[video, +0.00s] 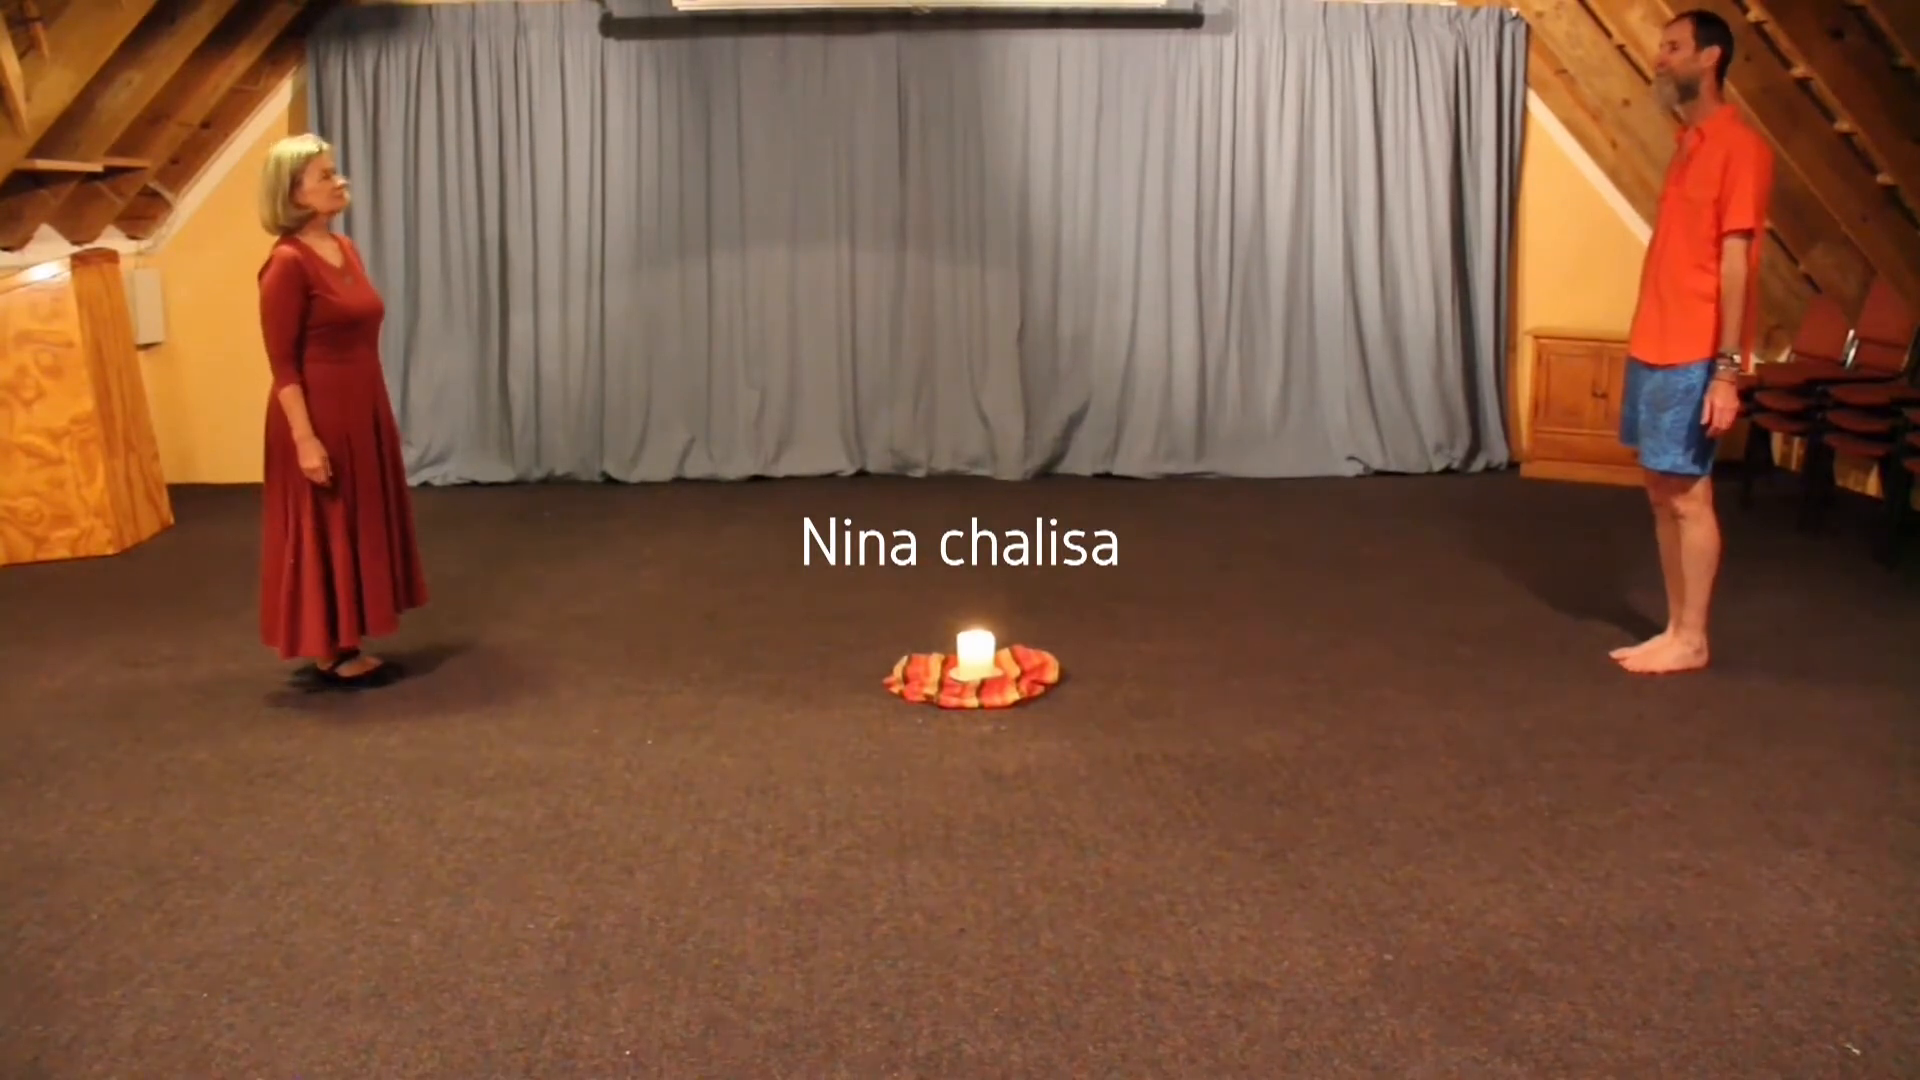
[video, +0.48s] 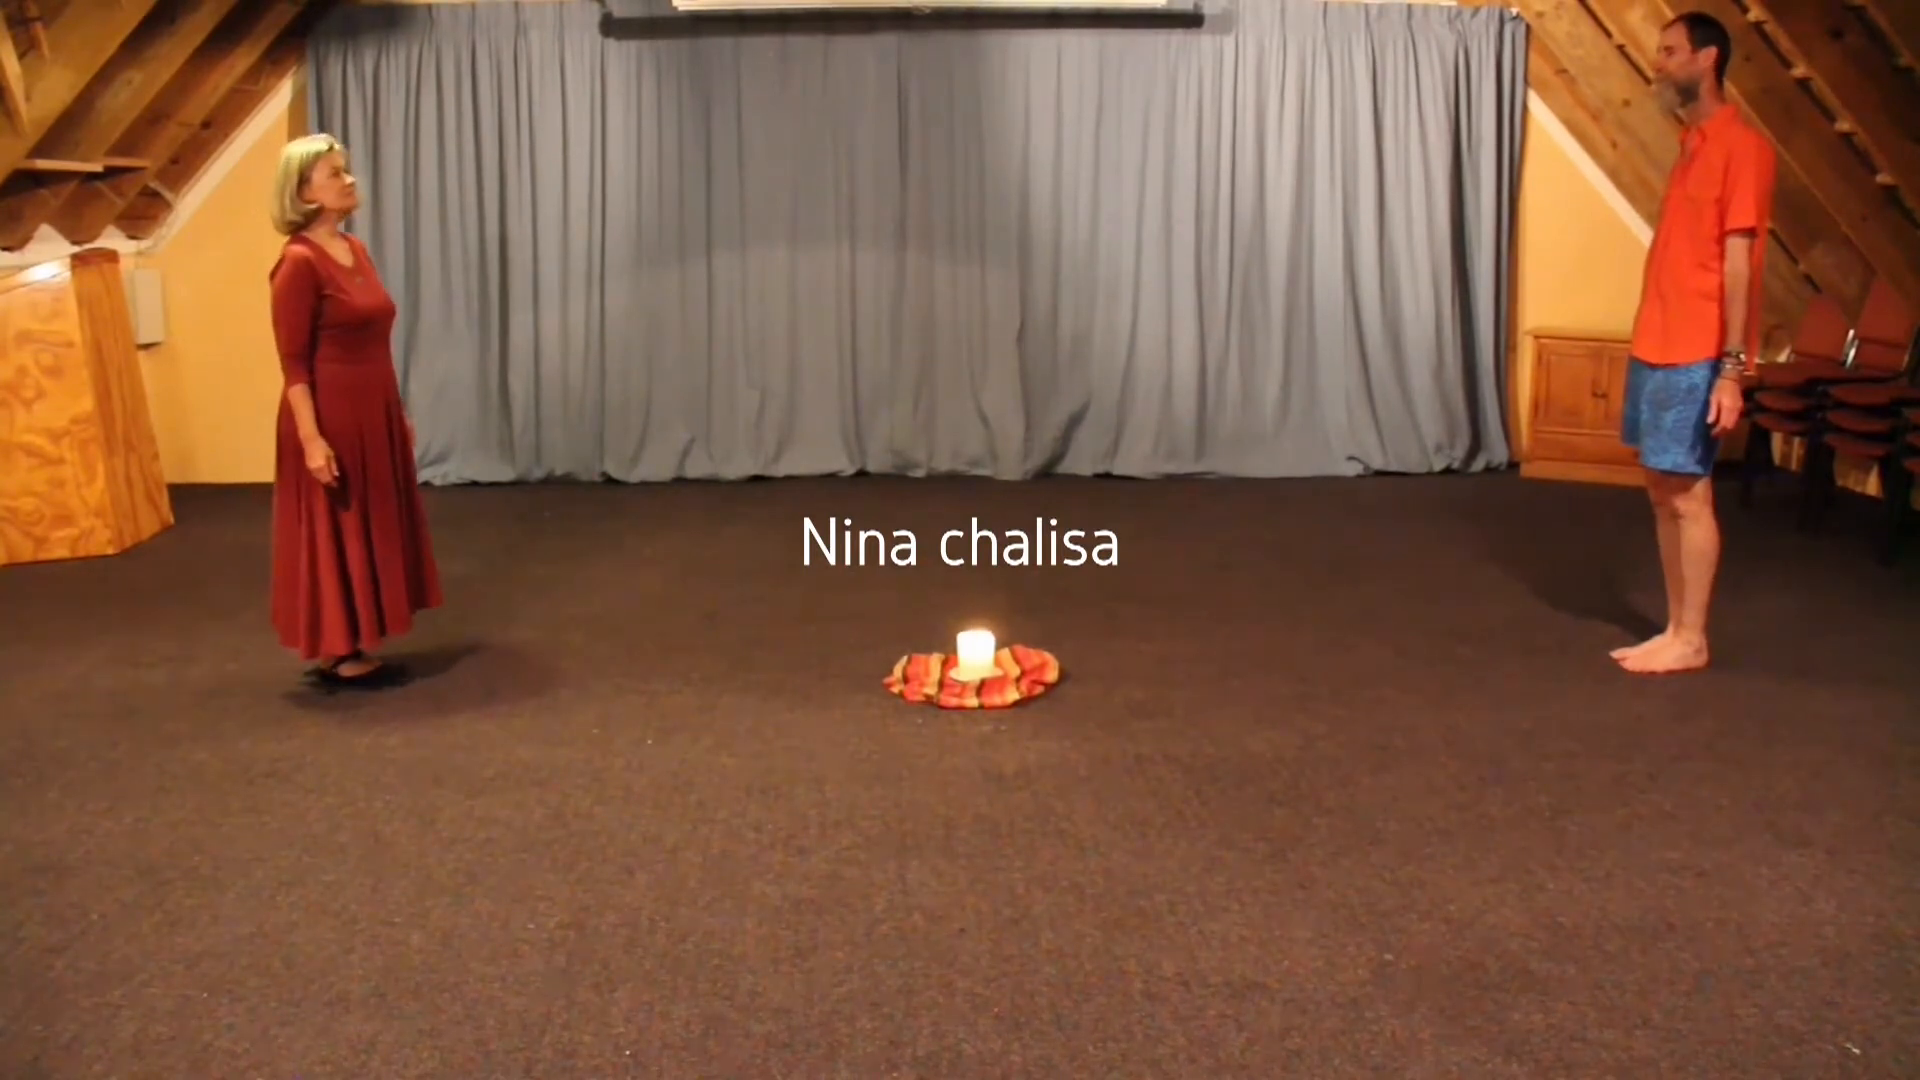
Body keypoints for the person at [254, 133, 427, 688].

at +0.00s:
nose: (340, 182)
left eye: (336, 173)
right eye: (326, 176)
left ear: (325, 186)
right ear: (295, 193)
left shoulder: (344, 248)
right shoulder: (286, 262)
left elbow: (360, 344)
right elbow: (282, 363)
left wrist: (379, 415)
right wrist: (304, 438)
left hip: (361, 406)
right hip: (318, 413)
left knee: (354, 521)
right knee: (323, 525)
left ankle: (343, 643)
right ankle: (327, 648)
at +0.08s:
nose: (341, 182)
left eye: (338, 173)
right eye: (327, 176)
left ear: (332, 185)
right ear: (297, 193)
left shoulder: (345, 249)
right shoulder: (287, 262)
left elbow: (363, 347)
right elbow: (283, 363)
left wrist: (386, 418)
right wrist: (304, 438)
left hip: (362, 406)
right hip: (320, 413)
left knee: (354, 521)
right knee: (324, 525)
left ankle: (343, 644)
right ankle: (329, 648)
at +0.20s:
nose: (345, 182)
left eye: (341, 173)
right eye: (331, 176)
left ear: (331, 187)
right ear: (300, 193)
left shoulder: (348, 249)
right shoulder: (290, 262)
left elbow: (366, 347)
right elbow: (286, 362)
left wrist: (390, 418)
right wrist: (304, 437)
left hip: (365, 406)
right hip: (322, 413)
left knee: (357, 520)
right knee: (326, 524)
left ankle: (346, 644)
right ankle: (328, 648)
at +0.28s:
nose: (346, 181)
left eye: (342, 172)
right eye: (332, 175)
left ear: (331, 186)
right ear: (301, 192)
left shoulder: (349, 248)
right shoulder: (292, 262)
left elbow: (367, 346)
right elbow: (288, 362)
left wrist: (390, 415)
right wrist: (306, 437)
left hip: (367, 406)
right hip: (325, 412)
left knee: (358, 520)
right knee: (327, 524)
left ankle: (347, 642)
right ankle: (329, 647)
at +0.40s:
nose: (349, 180)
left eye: (345, 171)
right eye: (335, 173)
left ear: (335, 185)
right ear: (305, 190)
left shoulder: (353, 249)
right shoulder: (295, 261)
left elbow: (371, 345)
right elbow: (291, 361)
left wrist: (392, 411)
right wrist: (308, 436)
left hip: (370, 405)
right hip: (329, 410)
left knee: (361, 518)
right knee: (331, 522)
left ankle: (350, 641)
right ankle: (333, 647)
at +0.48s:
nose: (351, 180)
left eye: (348, 171)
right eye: (337, 174)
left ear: (341, 184)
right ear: (306, 191)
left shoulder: (353, 248)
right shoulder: (298, 261)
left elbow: (372, 345)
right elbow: (293, 362)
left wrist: (395, 412)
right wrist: (310, 437)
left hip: (371, 406)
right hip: (330, 412)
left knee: (362, 520)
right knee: (332, 524)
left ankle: (349, 642)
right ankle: (334, 648)